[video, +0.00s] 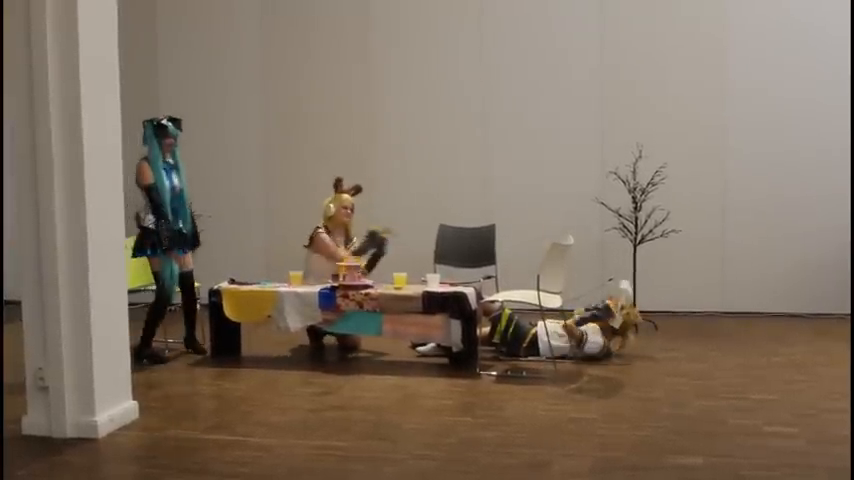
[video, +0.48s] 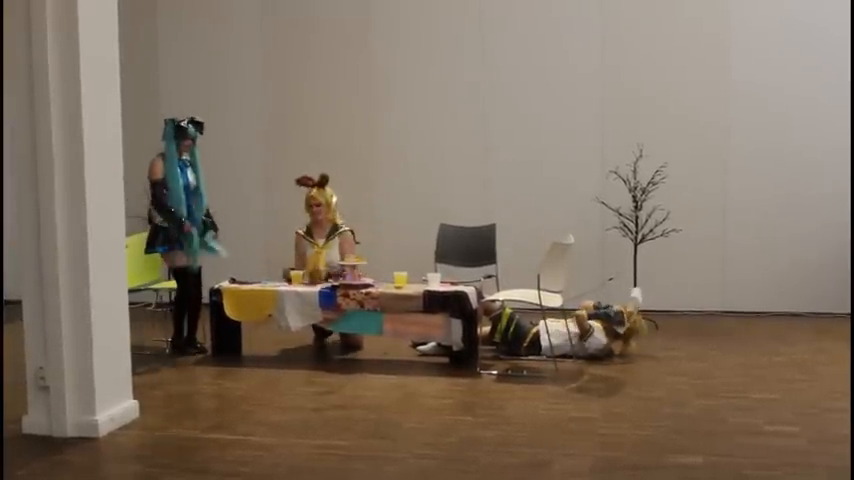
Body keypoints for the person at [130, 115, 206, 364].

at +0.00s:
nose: (172, 142)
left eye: (174, 138)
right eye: (167, 138)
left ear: (175, 140)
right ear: (155, 140)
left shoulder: (173, 165)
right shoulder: (145, 167)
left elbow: (183, 201)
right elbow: (155, 204)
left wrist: (192, 229)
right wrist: (169, 233)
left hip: (179, 232)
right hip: (156, 235)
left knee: (189, 289)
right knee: (165, 292)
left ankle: (191, 338)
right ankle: (144, 346)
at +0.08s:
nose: (180, 142)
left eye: (180, 138)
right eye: (175, 138)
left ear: (180, 140)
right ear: (163, 140)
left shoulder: (179, 165)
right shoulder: (151, 167)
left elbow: (189, 200)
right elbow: (161, 204)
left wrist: (198, 230)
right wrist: (171, 235)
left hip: (185, 233)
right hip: (163, 236)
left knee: (192, 290)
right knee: (172, 293)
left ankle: (191, 339)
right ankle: (148, 343)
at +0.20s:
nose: (186, 143)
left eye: (188, 138)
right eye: (182, 138)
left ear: (188, 140)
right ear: (170, 139)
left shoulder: (186, 164)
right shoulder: (157, 165)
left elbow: (196, 199)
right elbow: (164, 204)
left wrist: (206, 230)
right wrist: (176, 236)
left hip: (190, 232)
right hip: (168, 234)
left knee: (195, 285)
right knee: (185, 284)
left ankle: (191, 337)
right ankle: (165, 338)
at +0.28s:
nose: (188, 143)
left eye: (190, 139)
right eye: (184, 139)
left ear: (191, 140)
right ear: (173, 139)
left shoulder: (187, 162)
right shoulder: (158, 165)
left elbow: (198, 199)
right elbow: (163, 203)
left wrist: (209, 227)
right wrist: (174, 236)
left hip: (190, 231)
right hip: (170, 234)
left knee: (192, 285)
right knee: (188, 284)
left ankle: (189, 338)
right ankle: (178, 339)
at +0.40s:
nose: (189, 142)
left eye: (191, 138)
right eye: (185, 138)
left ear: (193, 139)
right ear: (174, 137)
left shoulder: (188, 161)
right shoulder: (160, 163)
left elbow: (198, 197)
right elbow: (161, 203)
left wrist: (212, 221)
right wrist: (179, 231)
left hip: (191, 229)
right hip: (171, 231)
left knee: (194, 283)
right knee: (187, 282)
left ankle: (190, 337)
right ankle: (179, 337)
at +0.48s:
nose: (189, 145)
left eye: (192, 141)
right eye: (185, 140)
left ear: (194, 142)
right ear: (175, 139)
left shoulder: (189, 164)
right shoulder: (160, 163)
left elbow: (197, 197)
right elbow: (158, 201)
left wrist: (208, 219)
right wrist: (180, 222)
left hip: (191, 231)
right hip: (170, 233)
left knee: (195, 286)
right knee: (184, 285)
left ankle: (191, 338)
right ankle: (178, 338)